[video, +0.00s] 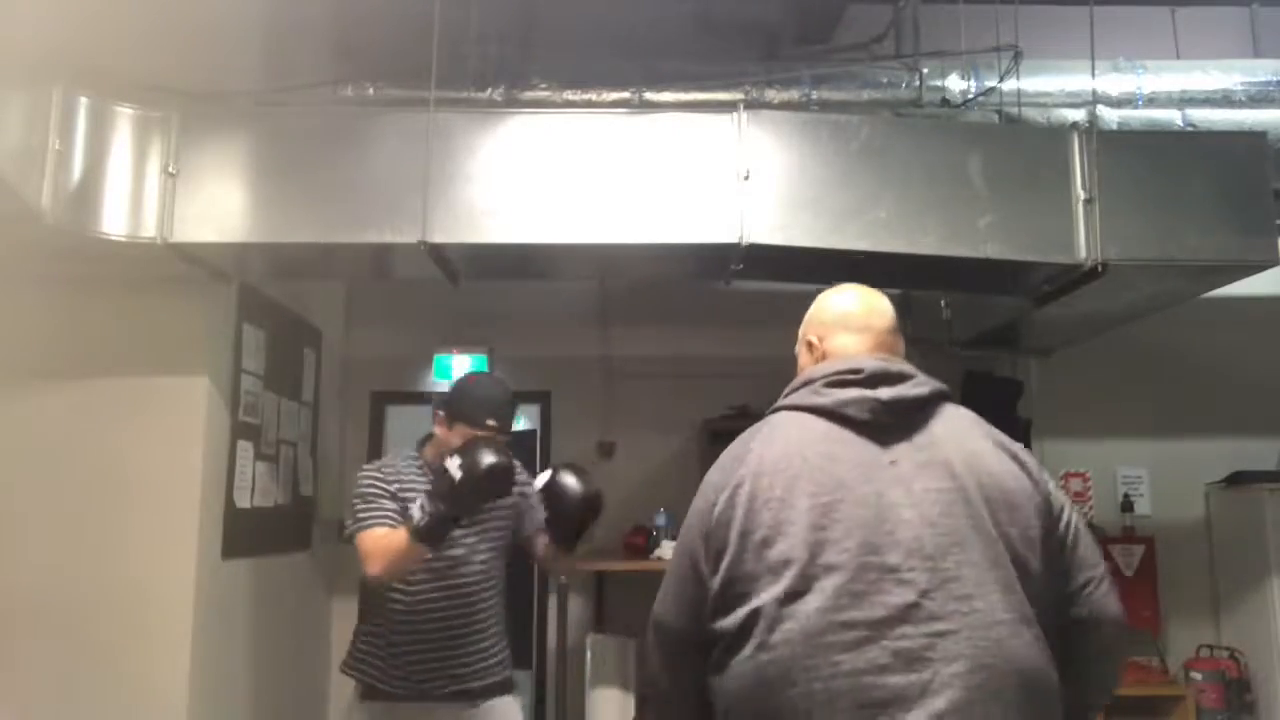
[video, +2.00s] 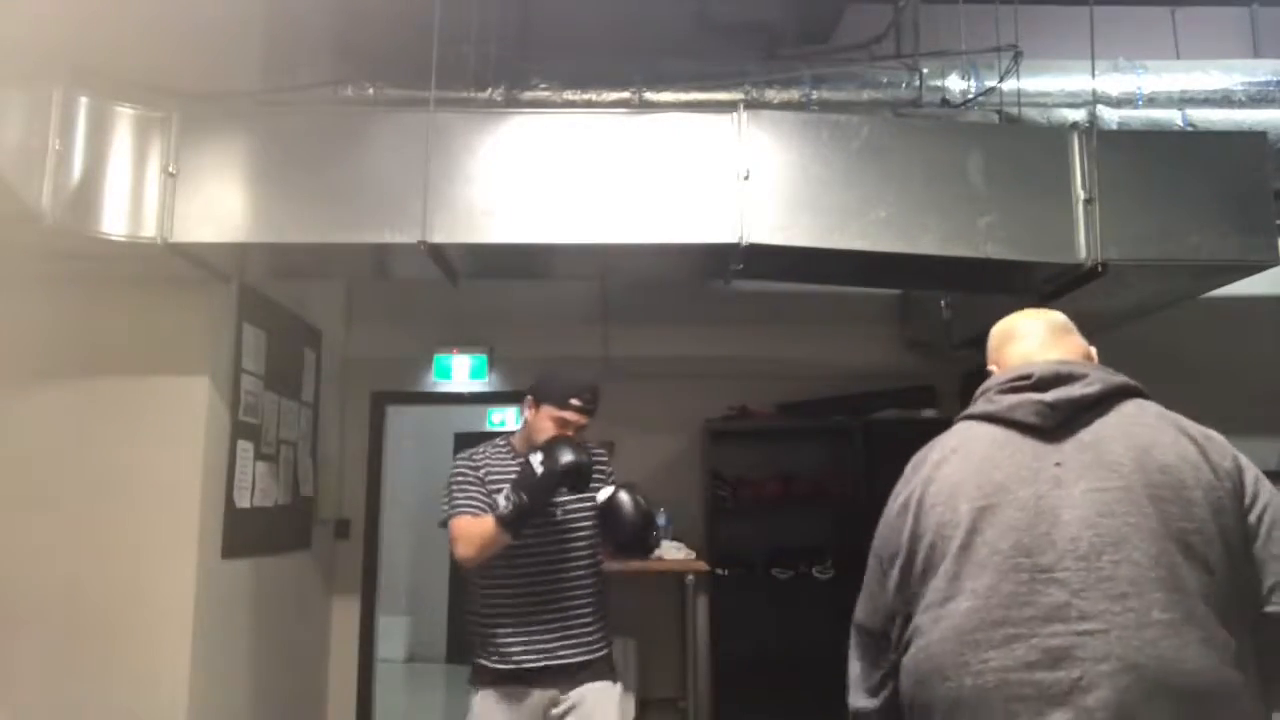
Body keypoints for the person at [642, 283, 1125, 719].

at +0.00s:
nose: (797, 361)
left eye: (797, 351)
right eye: (800, 352)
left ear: (809, 348)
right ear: (903, 351)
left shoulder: (747, 459)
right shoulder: (1002, 451)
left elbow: (671, 635)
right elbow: (1100, 616)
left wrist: (680, 713)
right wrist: (1072, 707)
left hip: (795, 704)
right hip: (998, 703)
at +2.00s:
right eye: (1092, 352)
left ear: (990, 374)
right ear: (1093, 355)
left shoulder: (928, 468)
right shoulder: (1204, 450)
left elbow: (872, 649)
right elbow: (1276, 593)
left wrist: (873, 711)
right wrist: (1261, 698)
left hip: (967, 704)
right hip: (1186, 700)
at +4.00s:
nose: (1000, 403)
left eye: (1008, 385)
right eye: (1000, 389)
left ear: (1055, 380)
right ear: (1056, 380)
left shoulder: (1088, 432)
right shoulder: (1106, 429)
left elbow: (984, 475)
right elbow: (1065, 577)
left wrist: (932, 398)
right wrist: (970, 616)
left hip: (1115, 688)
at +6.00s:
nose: (959, 419)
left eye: (967, 402)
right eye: (957, 405)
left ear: (1014, 392)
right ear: (1016, 394)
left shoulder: (1037, 460)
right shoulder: (1070, 445)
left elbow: (1024, 590)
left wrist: (942, 634)